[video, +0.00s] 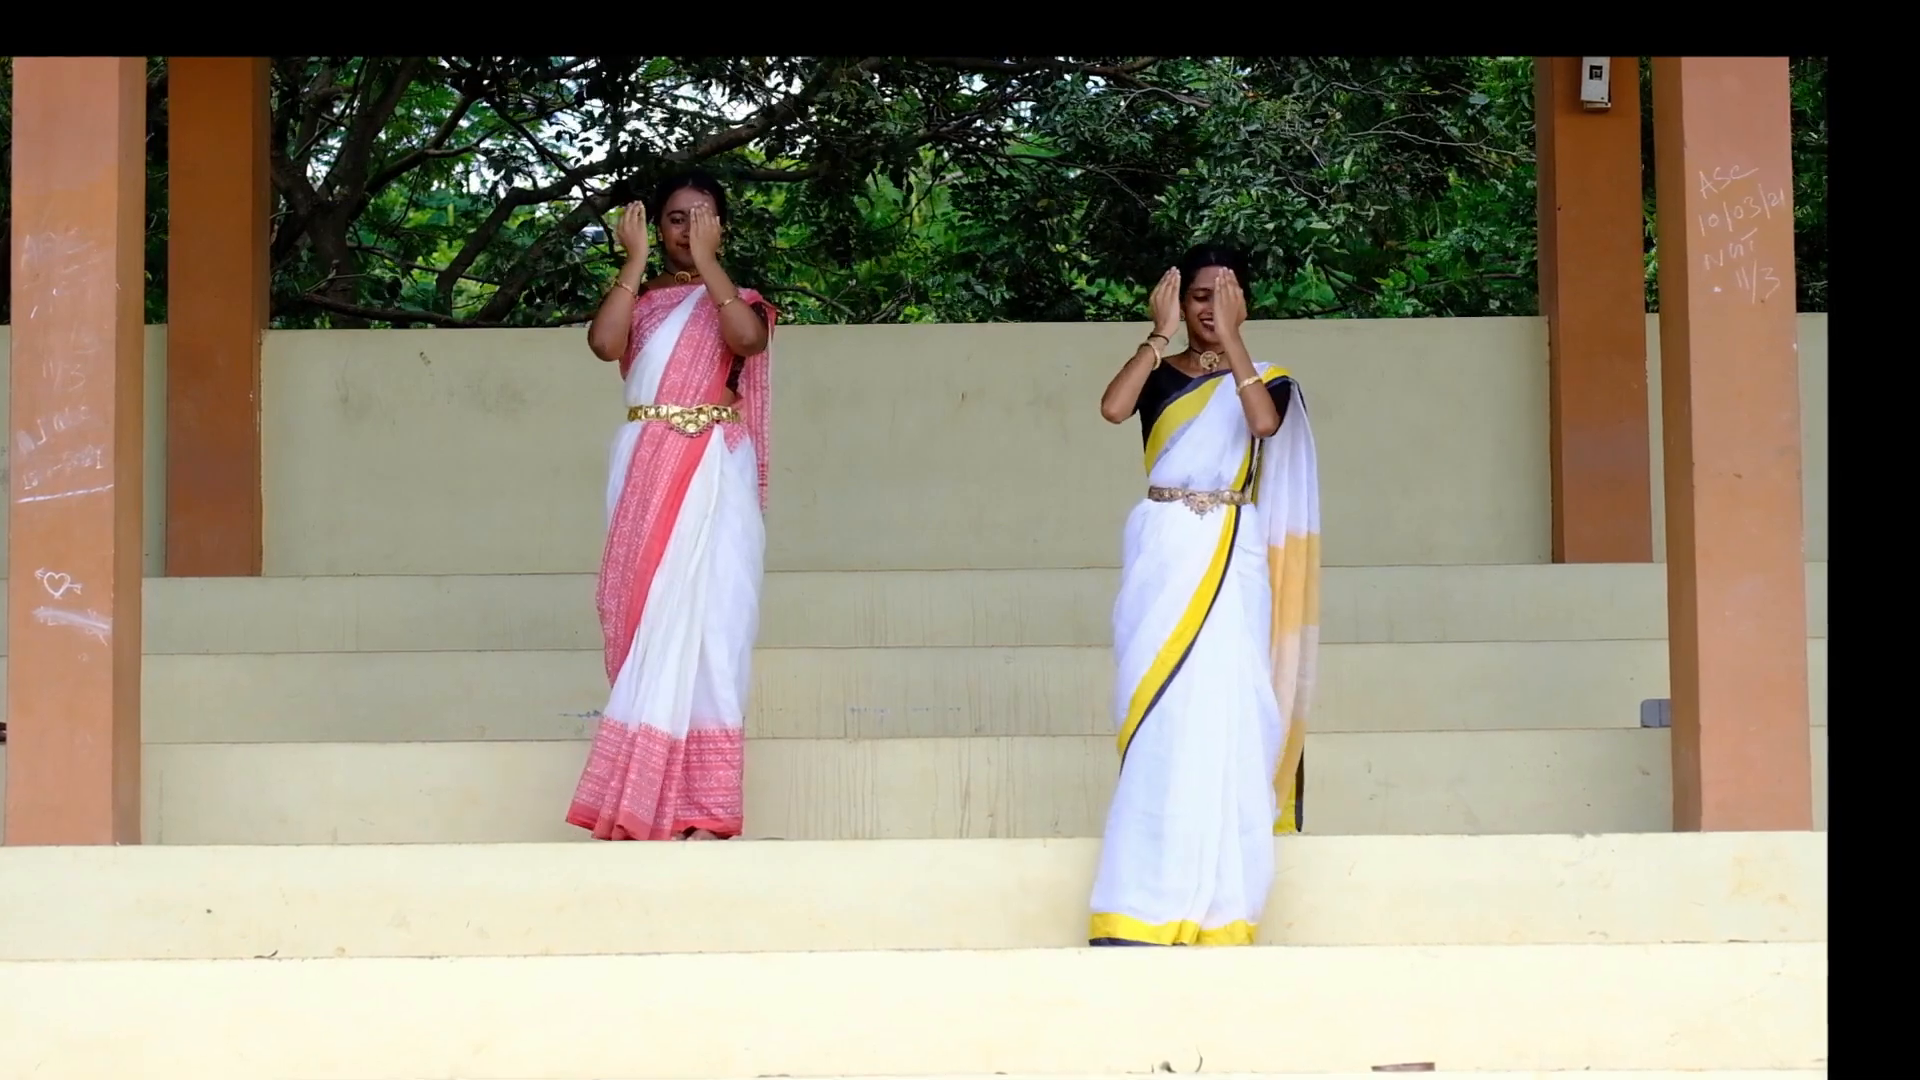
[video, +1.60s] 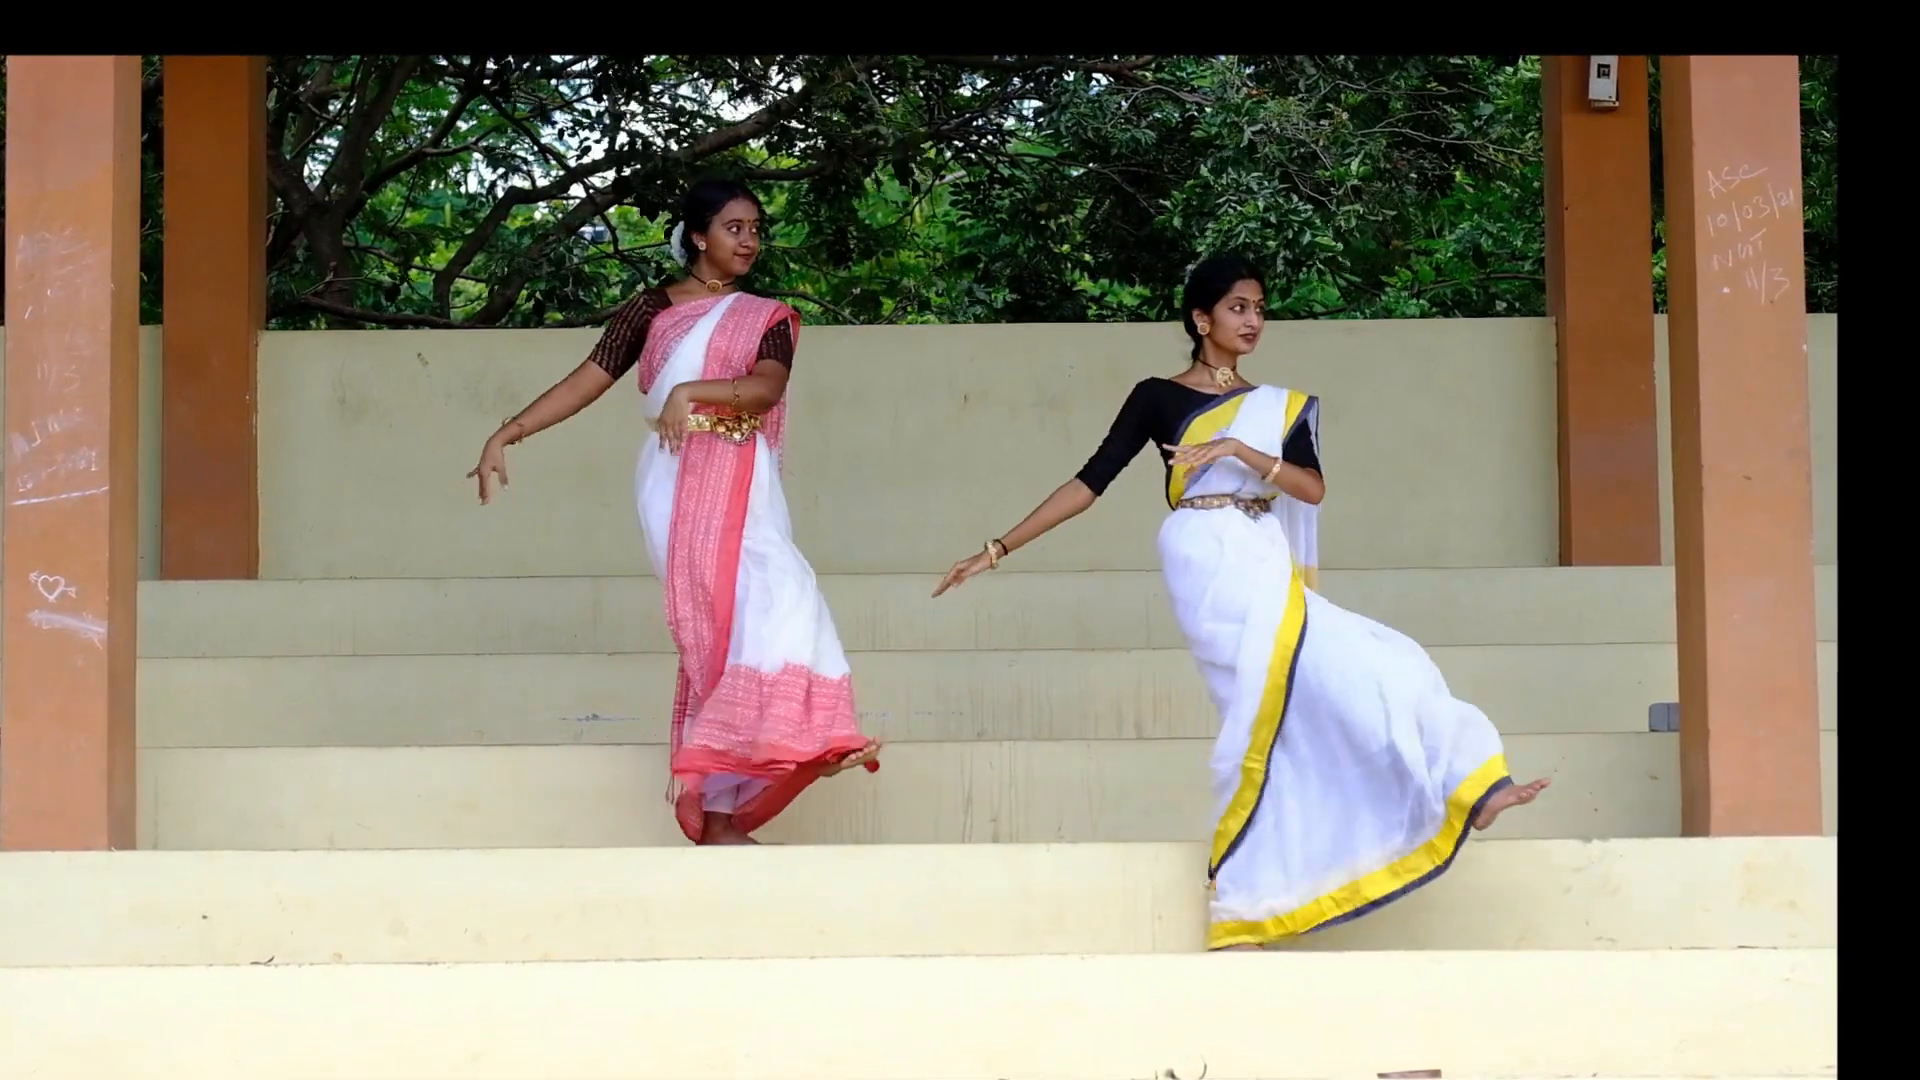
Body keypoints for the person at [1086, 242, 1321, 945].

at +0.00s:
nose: (1209, 305)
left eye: (1221, 292)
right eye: (1197, 294)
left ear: (1246, 305)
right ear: (1180, 307)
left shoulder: (1269, 381)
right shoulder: (1162, 373)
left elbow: (1263, 422)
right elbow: (1114, 406)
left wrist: (1229, 339)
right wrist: (1157, 333)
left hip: (1224, 562)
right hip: (1154, 557)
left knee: (1215, 723)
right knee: (1153, 720)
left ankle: (1213, 904)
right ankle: (1147, 902)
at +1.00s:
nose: (1213, 318)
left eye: (1224, 307)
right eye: (1200, 305)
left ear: (1236, 316)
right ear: (1174, 311)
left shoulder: (1273, 392)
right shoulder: (1145, 389)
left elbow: (1299, 496)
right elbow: (1123, 498)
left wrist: (1265, 448)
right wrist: (1178, 441)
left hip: (1255, 563)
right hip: (1183, 563)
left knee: (1254, 723)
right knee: (1186, 722)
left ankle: (1248, 908)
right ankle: (1175, 908)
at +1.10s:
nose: (1225, 320)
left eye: (1235, 309)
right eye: (1212, 307)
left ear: (1244, 318)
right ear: (1181, 312)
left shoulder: (1271, 400)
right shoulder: (1148, 395)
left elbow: (1299, 498)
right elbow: (1121, 497)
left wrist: (1261, 510)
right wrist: (1132, 520)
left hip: (1266, 572)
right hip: (1193, 570)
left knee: (1284, 722)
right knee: (1248, 726)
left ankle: (1247, 913)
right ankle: (1167, 900)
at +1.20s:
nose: (1235, 316)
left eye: (1243, 305)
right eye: (1221, 303)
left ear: (1250, 316)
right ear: (1188, 310)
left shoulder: (1271, 399)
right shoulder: (1151, 395)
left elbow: (1301, 494)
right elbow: (1115, 488)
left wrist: (1257, 518)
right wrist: (1079, 564)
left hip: (1266, 564)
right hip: (1196, 563)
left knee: (1287, 709)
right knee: (1255, 707)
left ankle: (1250, 895)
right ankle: (1223, 889)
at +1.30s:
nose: (1242, 316)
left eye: (1250, 304)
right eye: (1228, 302)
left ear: (1255, 313)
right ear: (1192, 309)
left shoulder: (1274, 396)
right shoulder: (1156, 393)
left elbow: (1305, 488)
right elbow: (1100, 486)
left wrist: (1228, 499)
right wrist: (1030, 566)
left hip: (1265, 555)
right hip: (1199, 555)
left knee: (1252, 706)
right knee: (1309, 648)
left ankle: (1246, 883)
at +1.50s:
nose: (1247, 319)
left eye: (1255, 308)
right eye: (1236, 305)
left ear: (1258, 318)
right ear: (1198, 309)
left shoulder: (1277, 398)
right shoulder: (1160, 395)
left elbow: (1304, 476)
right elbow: (1077, 480)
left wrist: (1230, 445)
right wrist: (989, 537)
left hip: (1273, 556)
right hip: (1205, 556)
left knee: (1391, 633)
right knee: (1264, 699)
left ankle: (1501, 744)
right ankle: (1233, 885)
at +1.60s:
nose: (1253, 322)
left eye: (1259, 311)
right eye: (1240, 309)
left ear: (1260, 322)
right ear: (1200, 316)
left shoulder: (1281, 405)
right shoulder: (1161, 397)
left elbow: (1312, 489)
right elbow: (1087, 484)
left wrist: (1243, 452)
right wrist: (999, 546)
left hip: (1270, 563)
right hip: (1205, 561)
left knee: (1385, 654)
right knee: (1264, 698)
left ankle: (1469, 780)